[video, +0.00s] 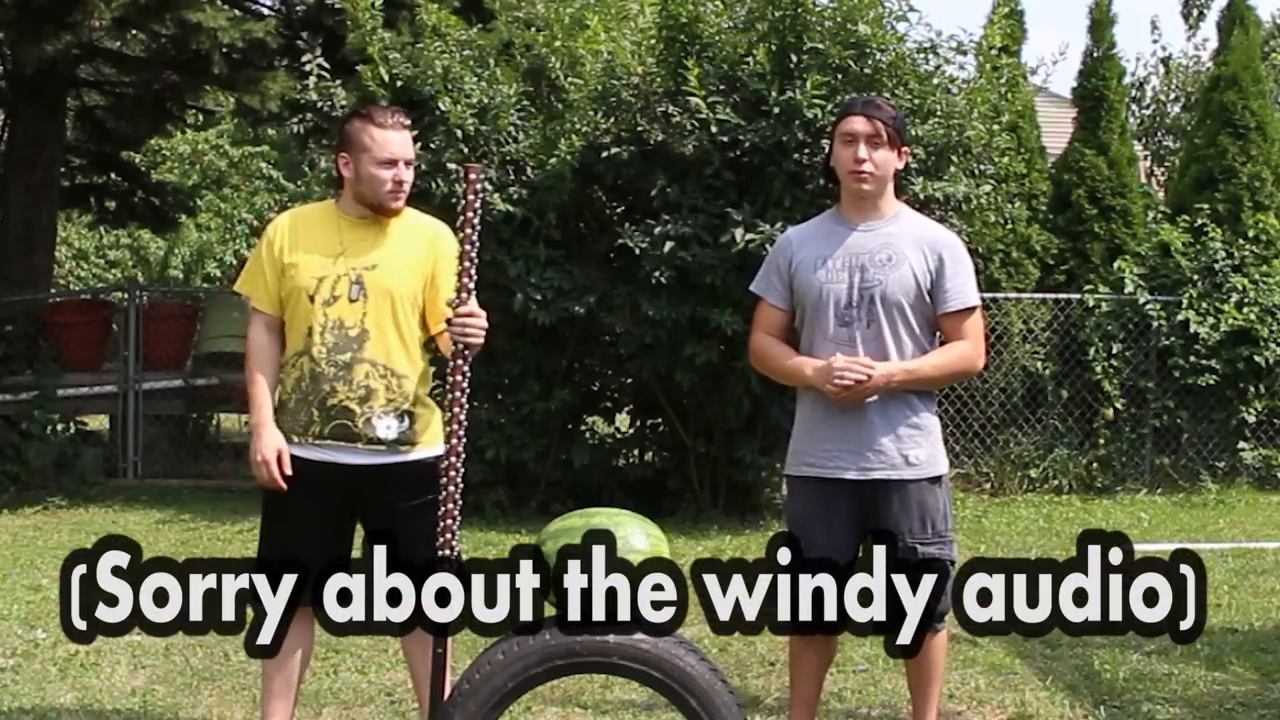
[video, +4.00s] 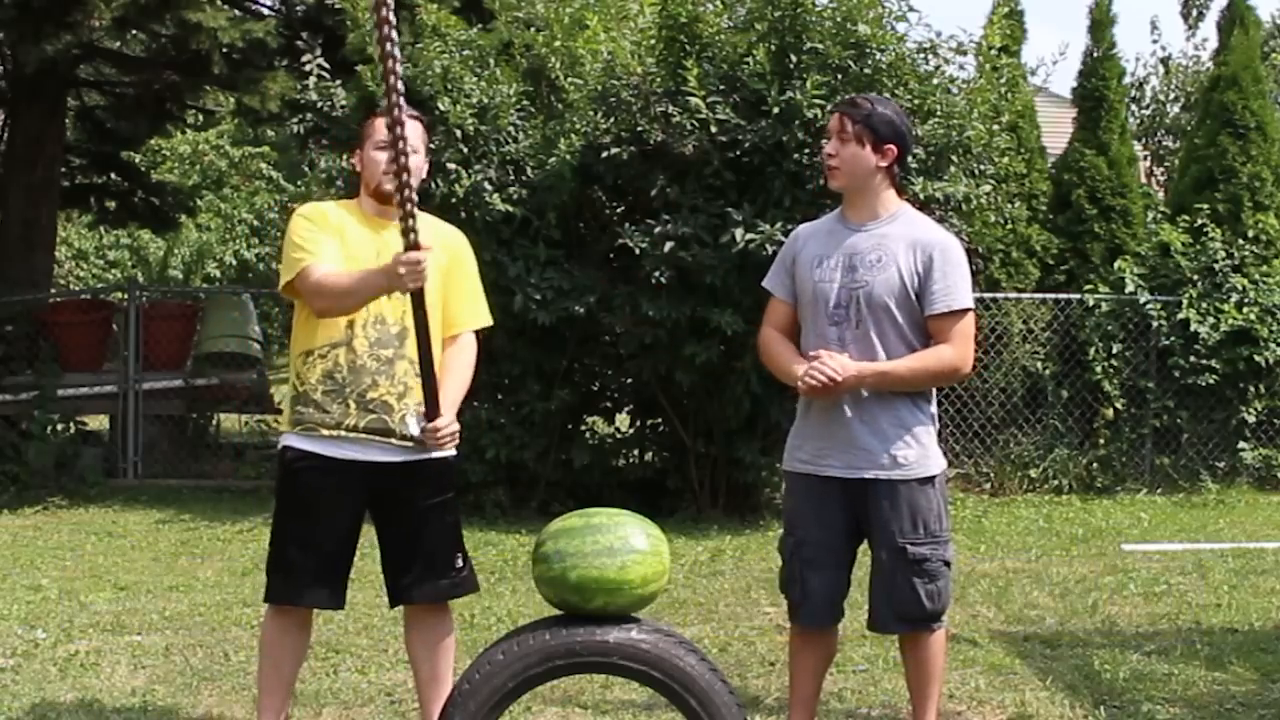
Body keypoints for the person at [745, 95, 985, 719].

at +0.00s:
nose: (861, 154)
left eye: (876, 143)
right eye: (849, 142)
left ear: (899, 157)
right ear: (832, 155)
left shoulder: (938, 244)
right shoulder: (795, 245)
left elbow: (970, 351)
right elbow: (762, 344)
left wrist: (887, 374)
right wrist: (813, 371)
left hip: (910, 466)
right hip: (818, 466)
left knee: (925, 611)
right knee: (812, 611)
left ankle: (925, 717)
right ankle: (800, 716)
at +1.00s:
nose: (821, 165)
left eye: (835, 153)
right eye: (819, 152)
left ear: (879, 159)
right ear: (819, 156)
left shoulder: (937, 244)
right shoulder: (801, 243)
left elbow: (972, 351)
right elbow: (764, 340)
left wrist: (892, 376)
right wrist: (735, 288)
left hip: (907, 468)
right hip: (817, 464)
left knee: (922, 613)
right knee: (811, 610)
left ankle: (925, 717)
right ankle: (799, 716)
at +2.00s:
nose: (809, 165)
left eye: (821, 153)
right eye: (808, 153)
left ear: (866, 158)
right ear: (832, 158)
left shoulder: (926, 244)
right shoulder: (799, 245)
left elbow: (956, 353)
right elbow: (764, 336)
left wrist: (858, 371)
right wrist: (797, 368)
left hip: (903, 467)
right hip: (814, 465)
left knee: (922, 610)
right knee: (810, 608)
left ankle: (924, 716)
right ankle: (799, 715)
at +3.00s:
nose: (822, 160)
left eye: (835, 149)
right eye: (822, 148)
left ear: (880, 158)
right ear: (829, 156)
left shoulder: (936, 245)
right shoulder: (805, 241)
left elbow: (966, 353)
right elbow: (739, 316)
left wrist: (879, 380)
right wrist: (677, 271)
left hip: (907, 467)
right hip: (818, 463)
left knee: (923, 612)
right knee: (812, 609)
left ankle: (925, 718)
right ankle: (799, 716)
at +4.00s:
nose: (826, 151)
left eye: (841, 140)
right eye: (829, 139)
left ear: (884, 155)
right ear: (843, 151)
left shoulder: (934, 245)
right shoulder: (804, 242)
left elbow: (958, 356)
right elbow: (771, 335)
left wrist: (862, 373)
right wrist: (802, 372)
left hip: (904, 467)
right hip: (815, 463)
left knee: (921, 613)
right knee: (809, 612)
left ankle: (924, 716)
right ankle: (799, 716)